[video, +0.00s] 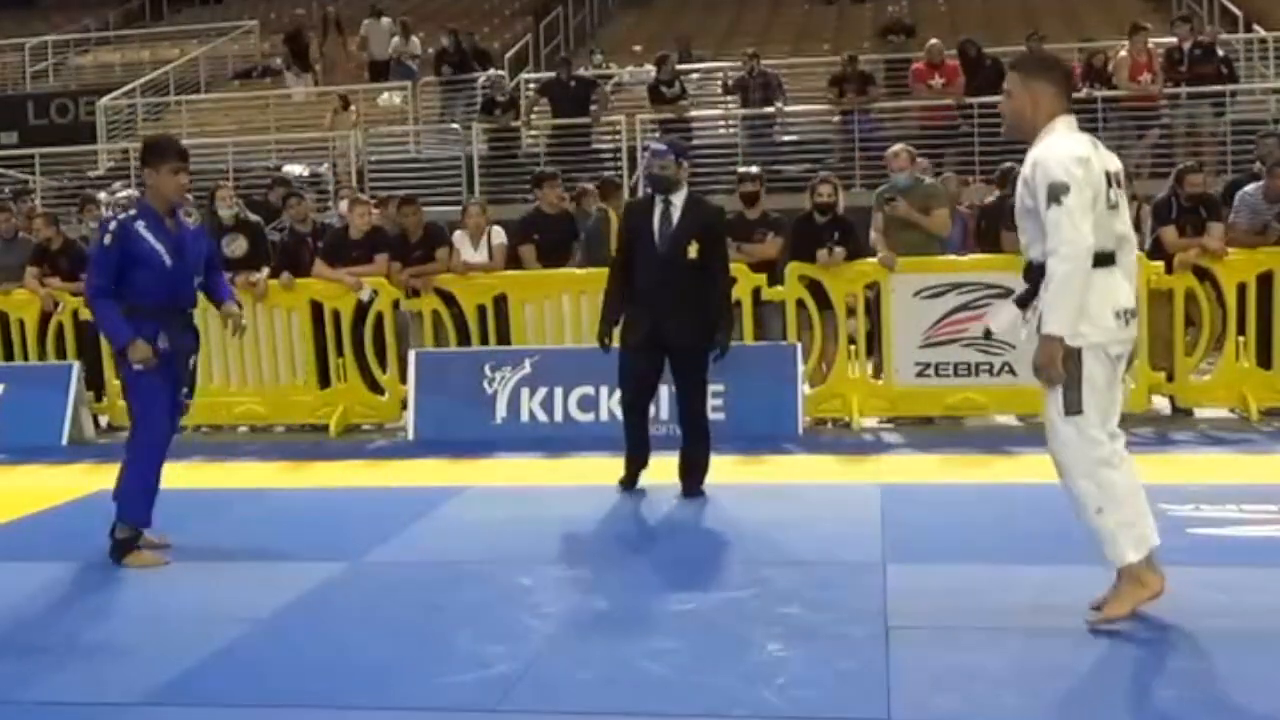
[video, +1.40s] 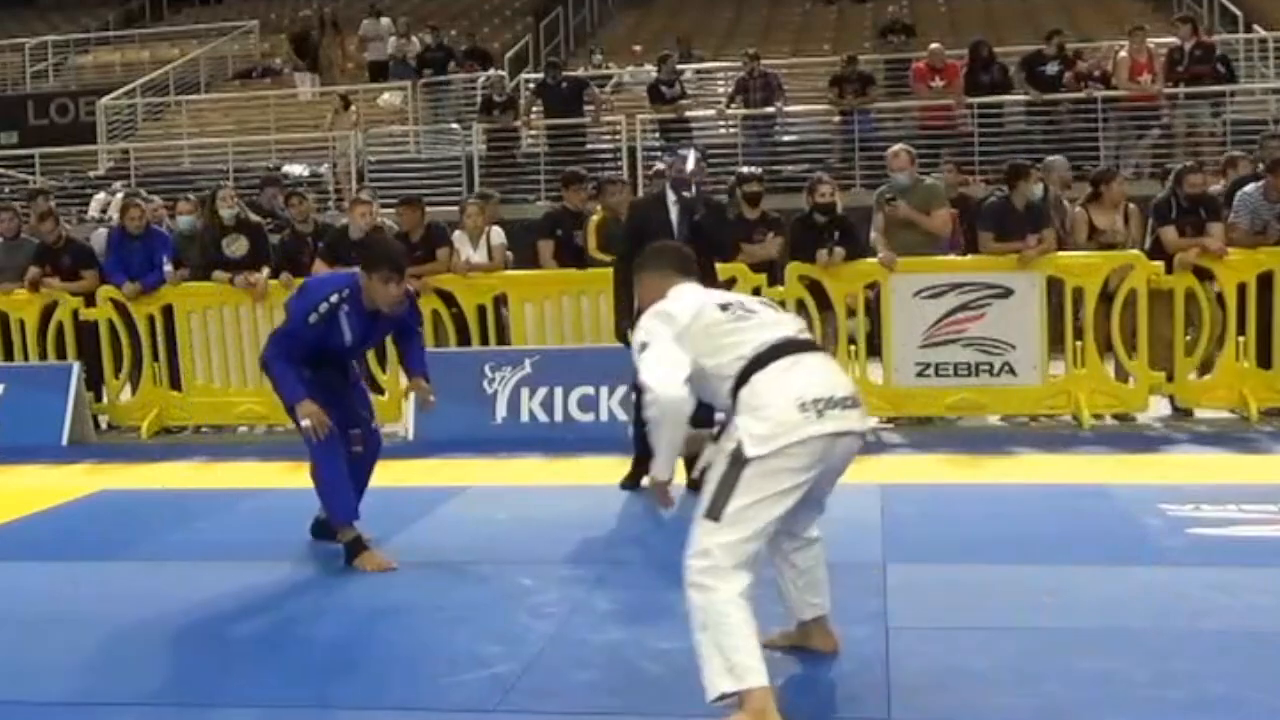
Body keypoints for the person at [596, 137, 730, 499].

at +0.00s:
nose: (654, 169)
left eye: (662, 163)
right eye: (651, 163)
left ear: (682, 169)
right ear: (647, 168)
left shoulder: (708, 214)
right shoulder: (635, 210)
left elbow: (718, 275)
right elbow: (621, 269)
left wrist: (721, 326)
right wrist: (609, 317)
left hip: (690, 325)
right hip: (642, 324)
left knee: (692, 406)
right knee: (632, 398)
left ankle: (692, 479)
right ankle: (634, 462)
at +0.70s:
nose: (636, 175)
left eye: (643, 169)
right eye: (630, 168)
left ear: (654, 173)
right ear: (619, 172)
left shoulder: (674, 210)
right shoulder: (602, 216)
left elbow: (693, 261)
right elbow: (592, 273)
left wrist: (679, 296)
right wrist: (591, 323)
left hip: (670, 318)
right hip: (625, 321)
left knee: (680, 399)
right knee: (633, 402)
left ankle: (690, 477)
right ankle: (638, 473)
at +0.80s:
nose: (640, 174)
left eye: (647, 168)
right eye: (634, 167)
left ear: (657, 173)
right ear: (622, 171)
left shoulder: (674, 209)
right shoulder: (601, 217)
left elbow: (697, 259)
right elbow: (592, 273)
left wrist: (671, 263)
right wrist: (591, 325)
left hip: (672, 319)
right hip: (625, 321)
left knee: (683, 398)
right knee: (634, 402)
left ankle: (695, 475)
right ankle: (639, 473)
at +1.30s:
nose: (677, 177)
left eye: (684, 171)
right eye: (671, 169)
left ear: (694, 175)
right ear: (659, 170)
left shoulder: (705, 211)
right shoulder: (633, 211)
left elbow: (720, 252)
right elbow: (617, 266)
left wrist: (692, 213)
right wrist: (614, 315)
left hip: (696, 312)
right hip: (648, 313)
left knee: (697, 391)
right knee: (644, 396)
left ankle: (698, 467)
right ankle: (640, 470)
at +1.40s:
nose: (685, 180)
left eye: (692, 173)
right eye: (679, 173)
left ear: (701, 175)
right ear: (666, 172)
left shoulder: (711, 209)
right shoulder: (643, 210)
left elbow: (727, 250)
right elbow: (625, 265)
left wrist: (699, 207)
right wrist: (624, 316)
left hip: (703, 306)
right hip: (653, 308)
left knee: (703, 393)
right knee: (647, 390)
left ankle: (699, 467)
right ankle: (642, 461)